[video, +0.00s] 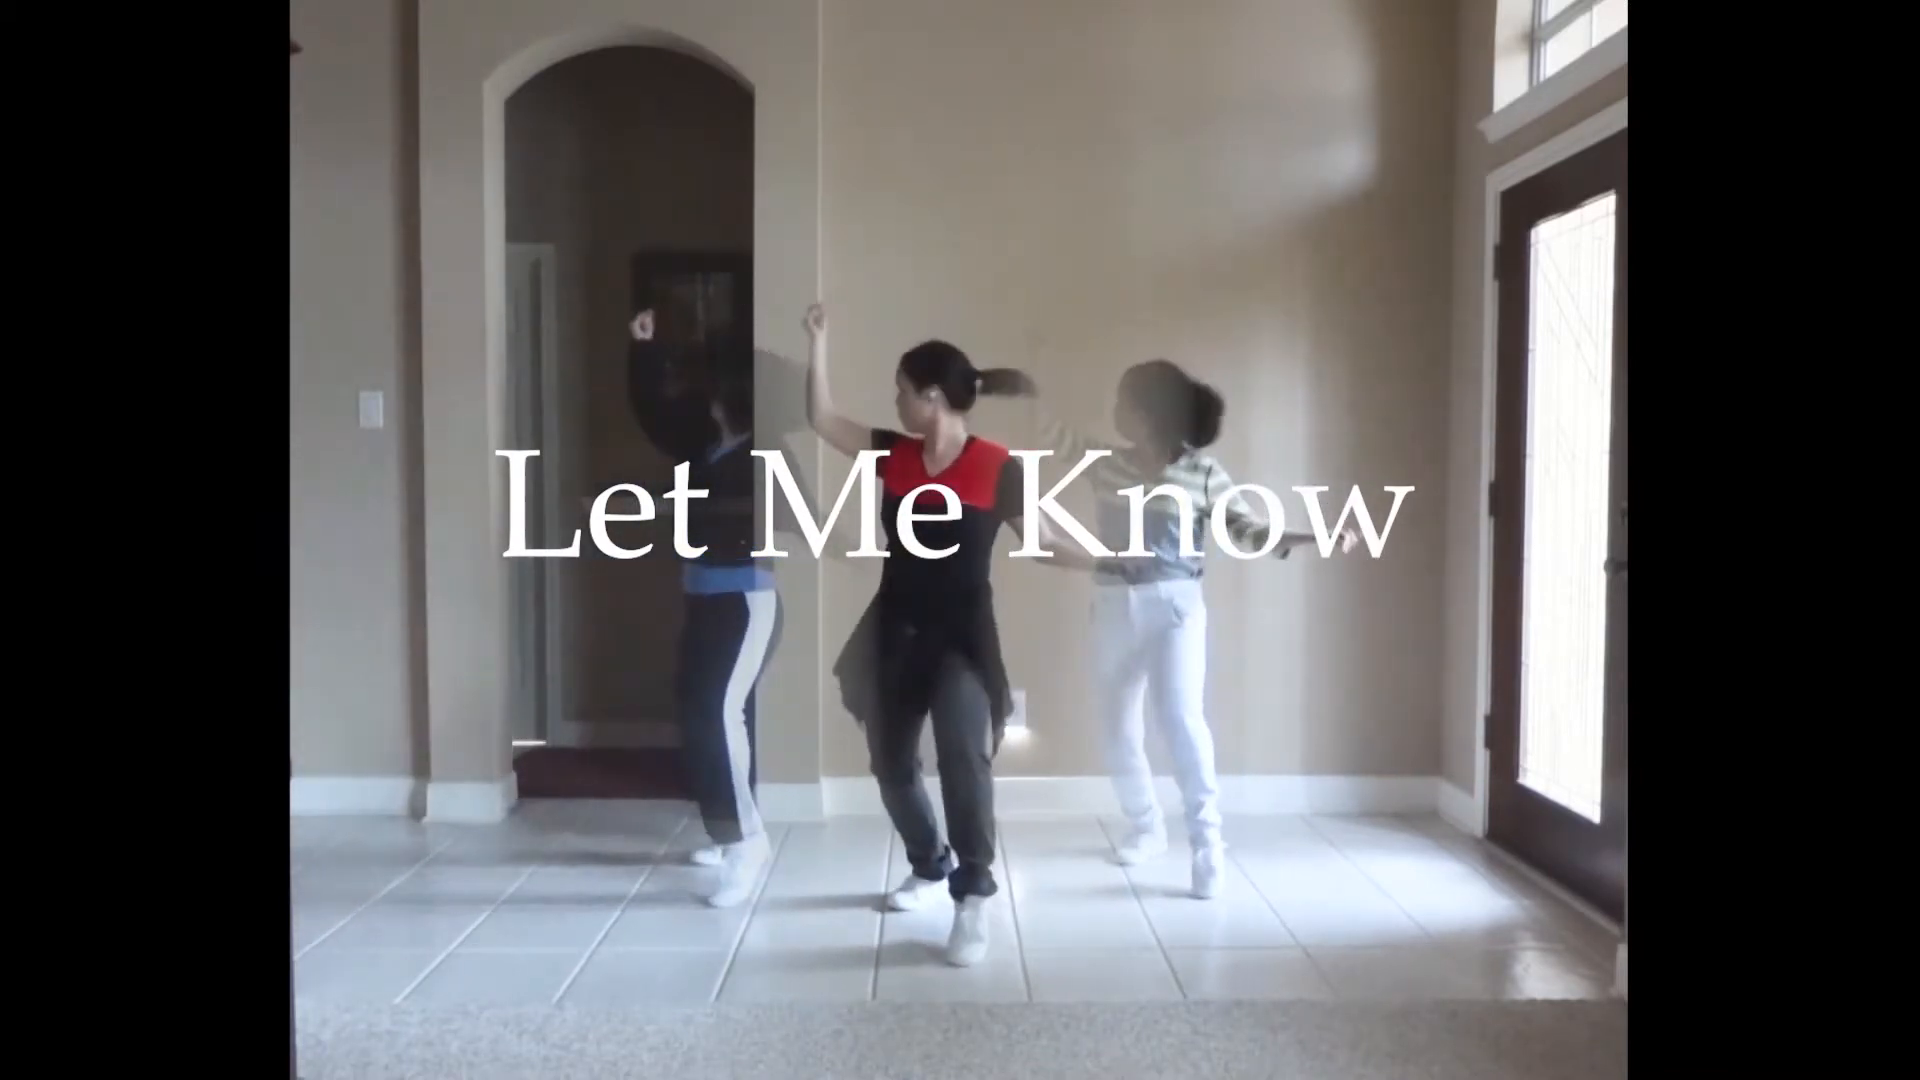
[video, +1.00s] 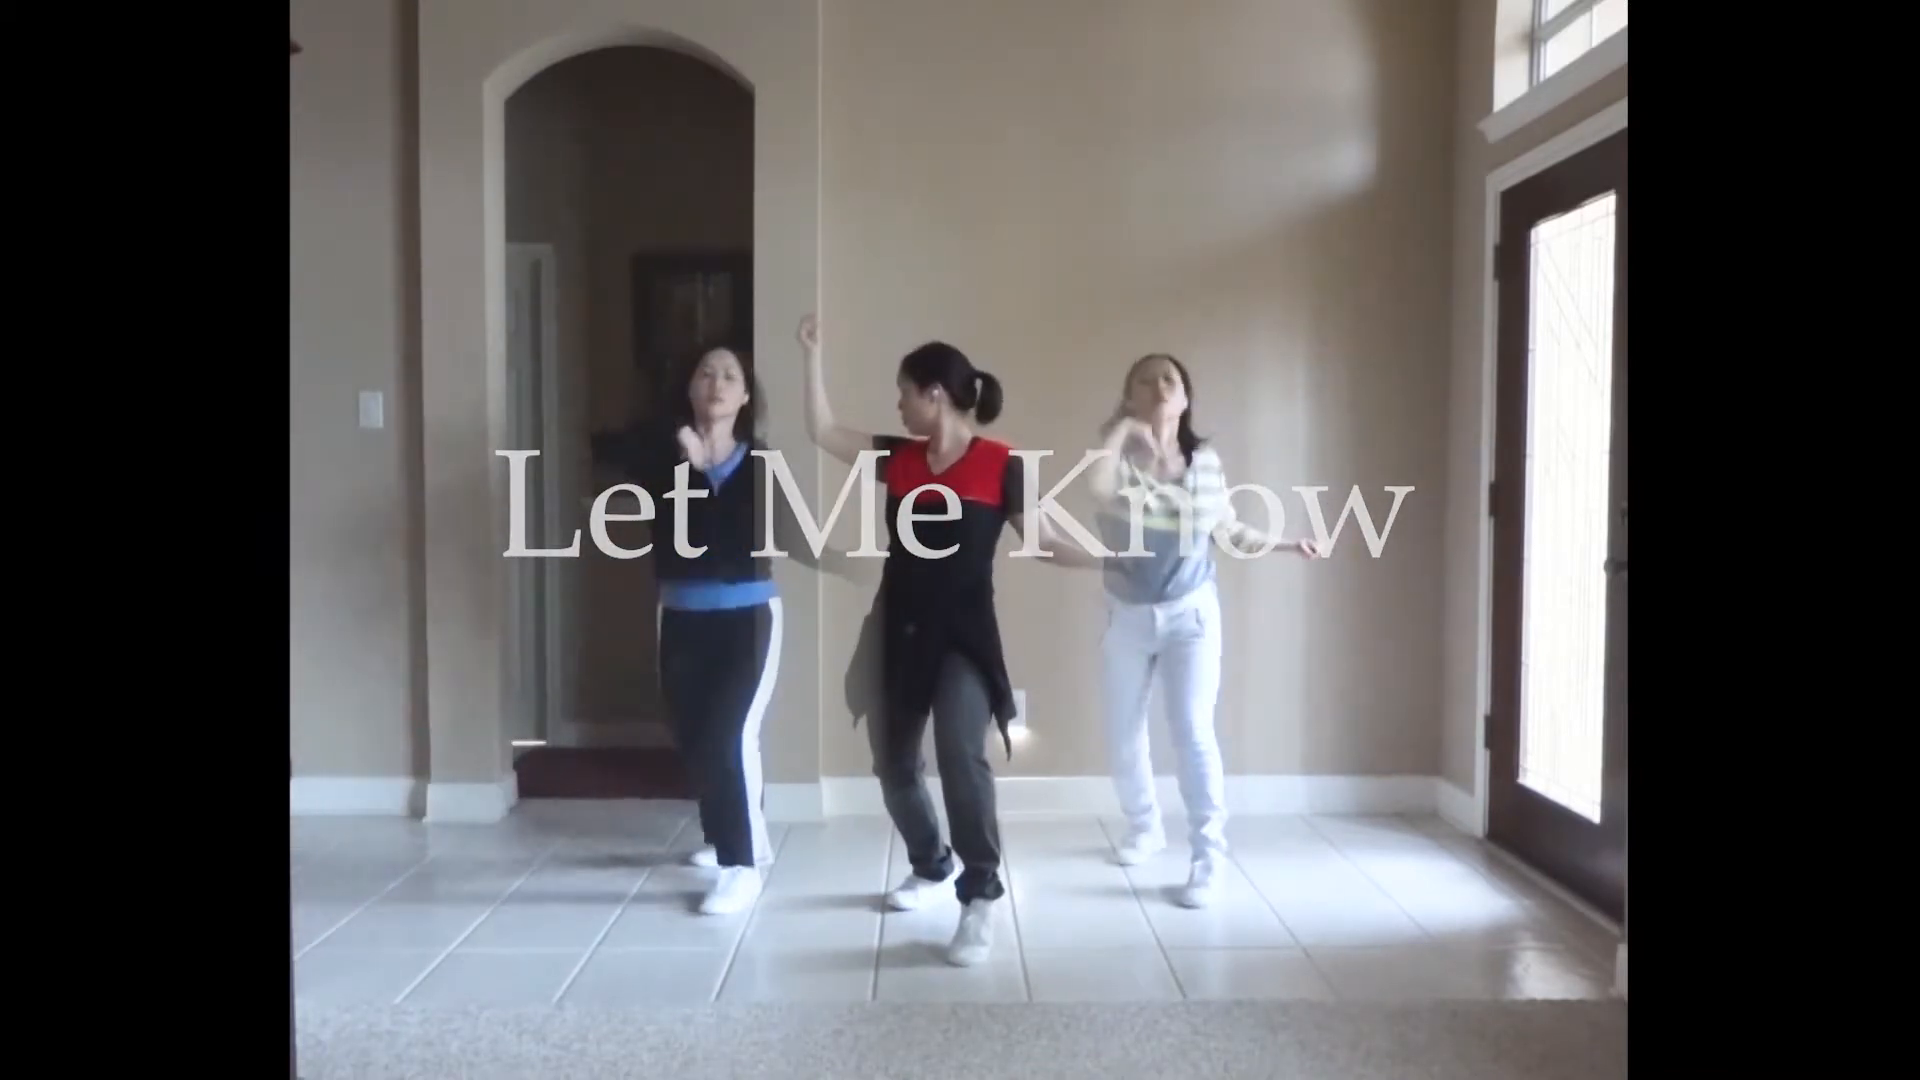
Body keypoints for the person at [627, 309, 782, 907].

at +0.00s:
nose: (706, 412)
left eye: (710, 405)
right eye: (707, 403)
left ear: (725, 413)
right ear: (718, 414)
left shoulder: (752, 463)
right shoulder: (702, 456)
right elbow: (652, 412)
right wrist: (644, 348)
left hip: (748, 597)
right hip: (706, 597)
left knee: (722, 709)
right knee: (699, 712)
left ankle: (747, 838)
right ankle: (725, 833)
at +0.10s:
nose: (699, 414)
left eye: (706, 404)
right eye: (700, 404)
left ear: (728, 409)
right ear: (712, 413)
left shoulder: (752, 464)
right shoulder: (699, 457)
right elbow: (651, 416)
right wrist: (643, 359)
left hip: (746, 599)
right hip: (702, 598)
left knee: (720, 708)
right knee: (694, 715)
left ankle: (745, 836)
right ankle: (724, 833)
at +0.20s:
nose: (714, 410)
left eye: (722, 399)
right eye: (718, 398)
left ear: (737, 407)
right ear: (715, 402)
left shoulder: (763, 462)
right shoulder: (694, 448)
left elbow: (806, 523)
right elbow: (647, 429)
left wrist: (846, 556)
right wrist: (646, 371)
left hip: (746, 603)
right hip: (699, 599)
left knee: (714, 711)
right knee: (691, 719)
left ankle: (740, 839)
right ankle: (731, 831)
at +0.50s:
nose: (725, 411)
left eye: (737, 397)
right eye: (717, 396)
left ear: (757, 405)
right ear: (705, 400)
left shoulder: (766, 458)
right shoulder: (684, 455)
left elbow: (813, 523)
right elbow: (651, 438)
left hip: (744, 597)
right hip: (691, 595)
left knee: (728, 720)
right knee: (704, 718)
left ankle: (729, 854)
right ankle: (741, 831)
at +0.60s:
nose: (715, 374)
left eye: (728, 365)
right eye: (710, 364)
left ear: (750, 382)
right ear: (697, 377)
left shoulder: (760, 444)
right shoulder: (683, 442)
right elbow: (657, 437)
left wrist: (750, 354)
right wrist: (674, 377)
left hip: (743, 593)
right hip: (690, 593)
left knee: (731, 725)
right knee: (710, 724)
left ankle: (734, 858)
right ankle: (743, 835)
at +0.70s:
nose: (721, 369)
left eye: (733, 362)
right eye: (714, 361)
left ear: (752, 381)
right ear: (702, 374)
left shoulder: (762, 439)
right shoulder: (681, 433)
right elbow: (636, 442)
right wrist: (676, 398)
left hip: (746, 598)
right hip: (689, 597)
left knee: (734, 726)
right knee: (708, 725)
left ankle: (738, 859)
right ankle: (732, 834)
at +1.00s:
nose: (715, 385)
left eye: (728, 377)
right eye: (705, 375)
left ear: (746, 393)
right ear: (689, 387)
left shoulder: (760, 463)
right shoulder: (665, 455)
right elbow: (604, 454)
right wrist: (676, 460)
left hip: (747, 615)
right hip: (683, 616)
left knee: (726, 738)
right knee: (693, 738)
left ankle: (741, 864)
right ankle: (723, 839)